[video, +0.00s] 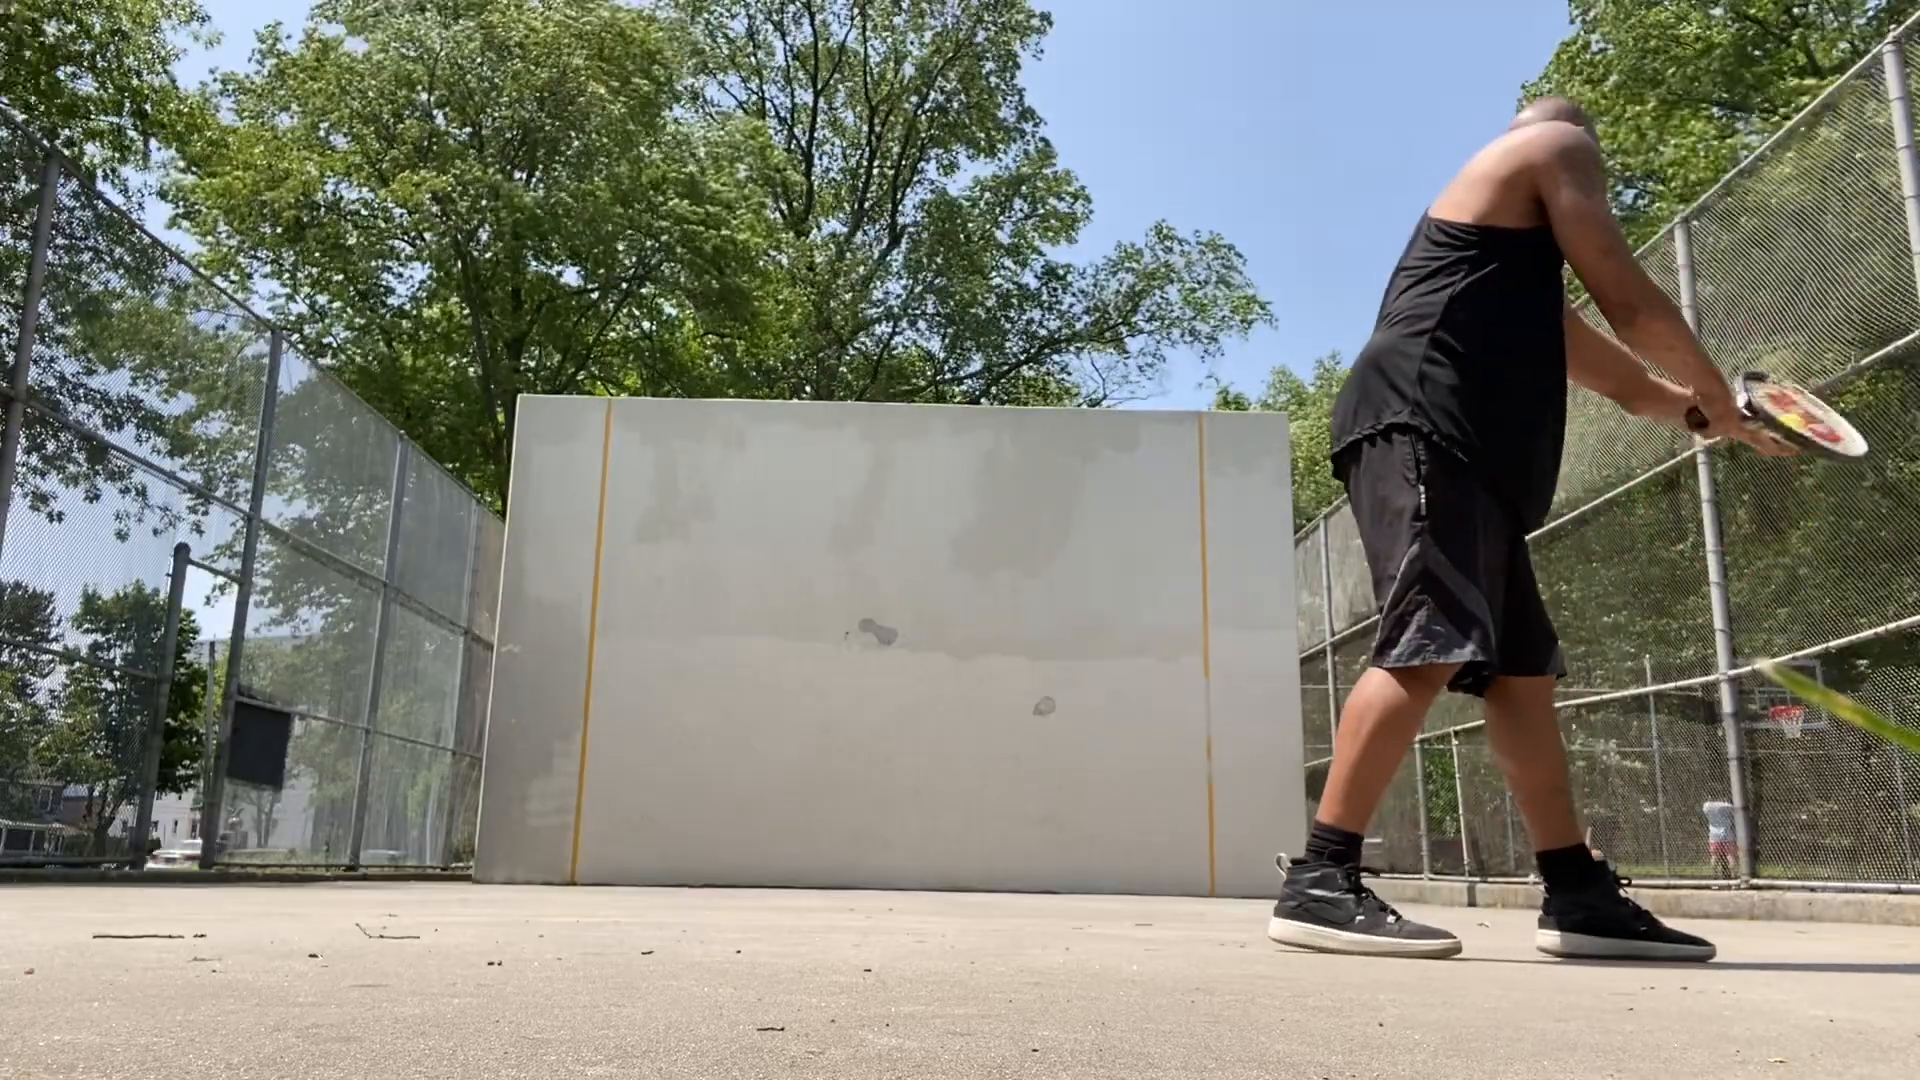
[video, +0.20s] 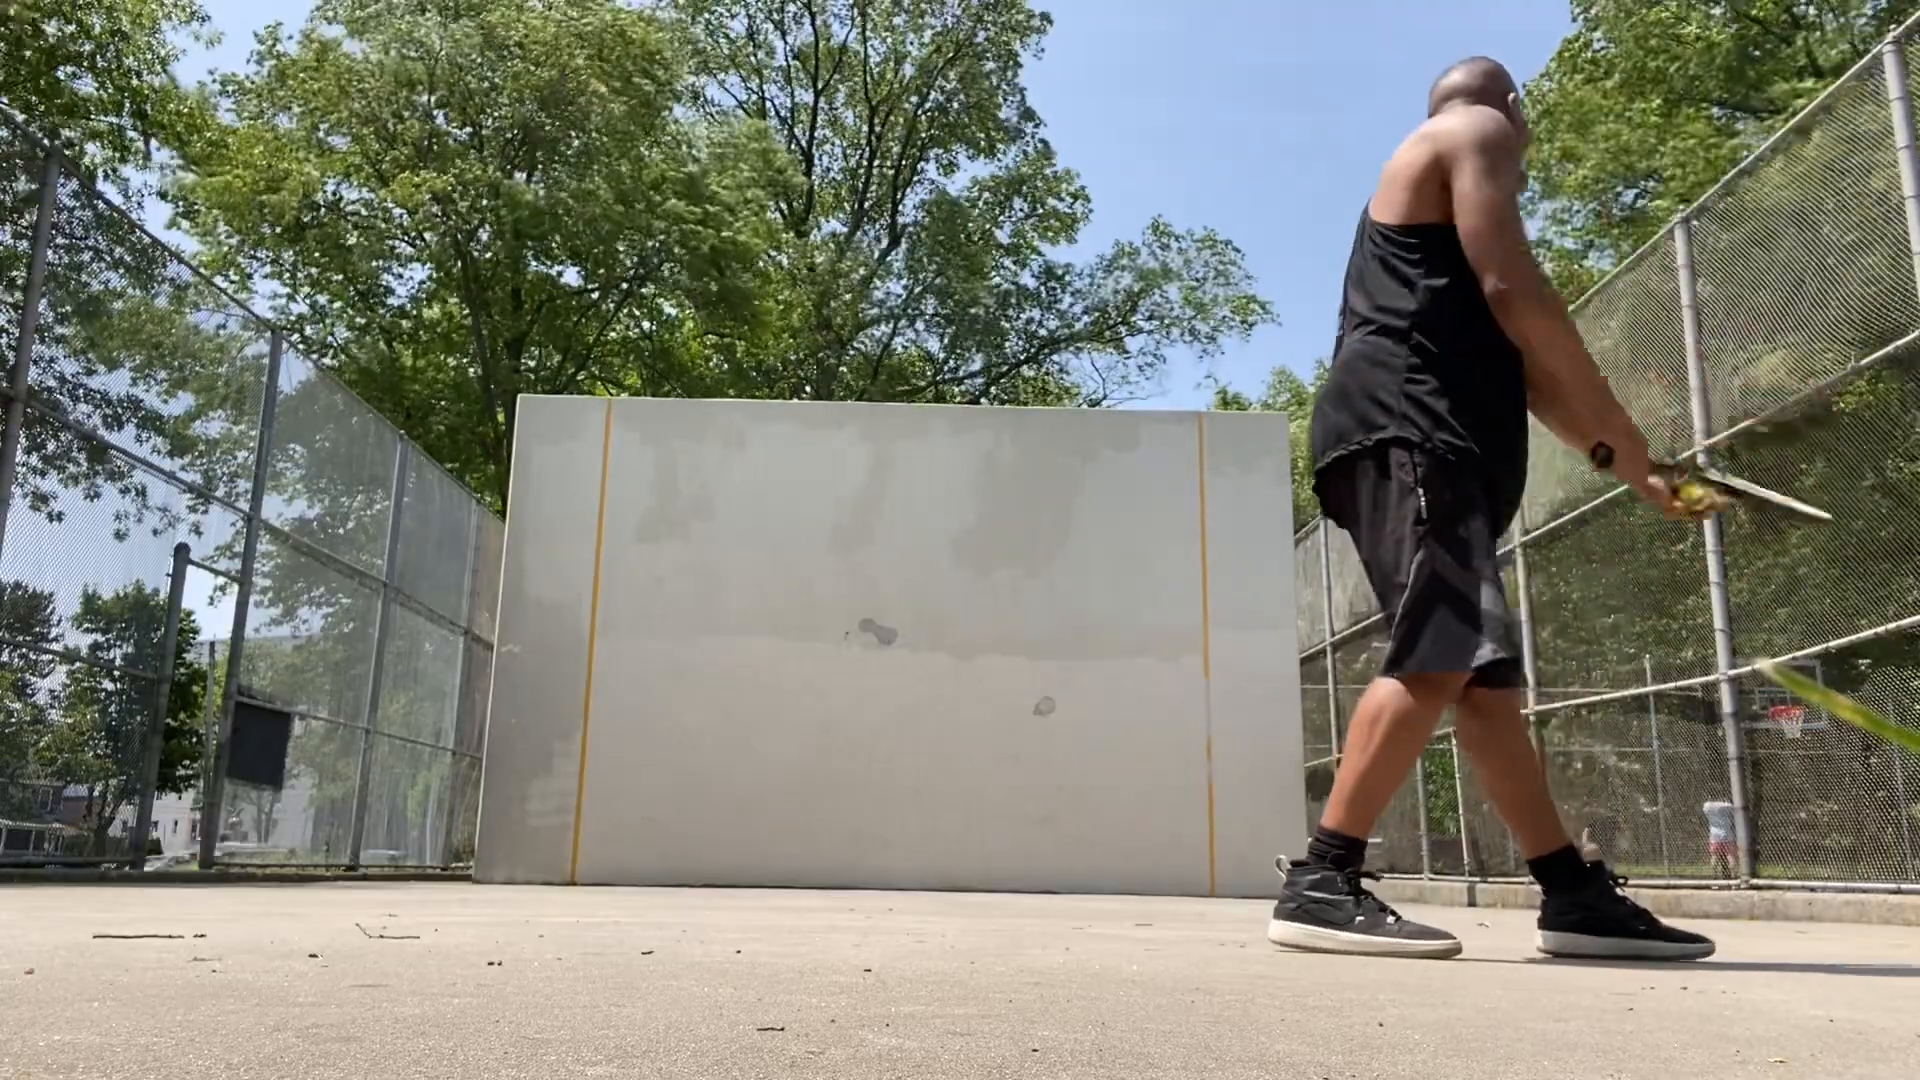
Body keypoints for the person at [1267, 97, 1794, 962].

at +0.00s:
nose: (1595, 165)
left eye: (1591, 157)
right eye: (1589, 148)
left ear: (1525, 135)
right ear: (1571, 131)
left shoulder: (1506, 247)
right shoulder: (1552, 142)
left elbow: (1618, 379)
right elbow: (1624, 296)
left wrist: (1693, 414)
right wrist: (1715, 394)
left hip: (1466, 451)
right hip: (1416, 422)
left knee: (1520, 665)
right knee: (1428, 637)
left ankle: (1578, 894)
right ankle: (1322, 878)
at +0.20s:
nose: (1527, 124)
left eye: (1522, 113)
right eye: (1522, 109)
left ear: (1446, 98)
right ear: (1504, 97)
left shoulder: (1430, 172)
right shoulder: (1475, 128)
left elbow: (1520, 357)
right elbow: (1512, 291)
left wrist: (1623, 455)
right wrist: (1610, 433)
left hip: (1426, 441)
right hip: (1408, 426)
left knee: (1487, 674)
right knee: (1442, 643)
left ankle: (1573, 893)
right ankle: (1324, 876)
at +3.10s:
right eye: (1657, 345)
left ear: (1586, 333)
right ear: (1654, 339)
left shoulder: (1524, 365)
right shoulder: (1668, 370)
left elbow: (1415, 425)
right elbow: (1730, 456)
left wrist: (1341, 491)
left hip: (1509, 544)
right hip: (1620, 544)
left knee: (1462, 716)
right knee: (1677, 715)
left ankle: (1453, 885)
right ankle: (1711, 910)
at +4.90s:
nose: (1167, 74)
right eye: (1170, 61)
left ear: (1084, 43)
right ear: (1164, 62)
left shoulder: (1003, 93)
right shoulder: (1191, 122)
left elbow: (916, 235)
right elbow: (1213, 292)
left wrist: (868, 275)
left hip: (999, 392)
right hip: (1132, 412)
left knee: (928, 589)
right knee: (1155, 640)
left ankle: (859, 780)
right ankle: (1177, 886)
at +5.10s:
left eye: (1050, 5)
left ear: (1057, 9)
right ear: (1136, 18)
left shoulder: (1004, 69)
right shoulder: (1164, 102)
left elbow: (965, 214)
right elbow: (1099, 168)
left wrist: (899, 267)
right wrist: (996, 43)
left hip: (1007, 393)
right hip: (1130, 407)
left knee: (886, 576)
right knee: (1142, 634)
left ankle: (820, 804)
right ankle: (1181, 886)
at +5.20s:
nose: (1029, 25)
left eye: (1034, 18)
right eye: (1068, 25)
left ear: (1042, 19)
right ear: (1120, 29)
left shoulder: (998, 70)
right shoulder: (1139, 121)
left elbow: (957, 228)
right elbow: (1036, 149)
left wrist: (888, 238)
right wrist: (942, 73)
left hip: (988, 403)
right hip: (1107, 416)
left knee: (895, 606)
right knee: (1125, 641)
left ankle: (828, 856)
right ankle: (1182, 886)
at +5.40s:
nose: (972, 27)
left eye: (971, 19)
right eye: (1063, 22)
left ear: (978, 20)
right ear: (1061, 29)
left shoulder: (930, 75)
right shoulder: (1095, 129)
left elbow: (884, 230)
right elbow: (1045, 262)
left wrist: (847, 219)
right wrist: (901, 249)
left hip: (937, 409)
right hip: (1061, 420)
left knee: (865, 618)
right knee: (1102, 640)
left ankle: (833, 866)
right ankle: (1176, 882)